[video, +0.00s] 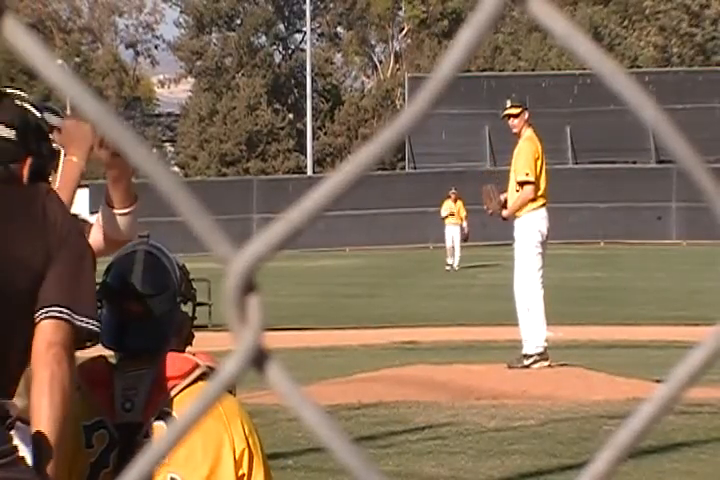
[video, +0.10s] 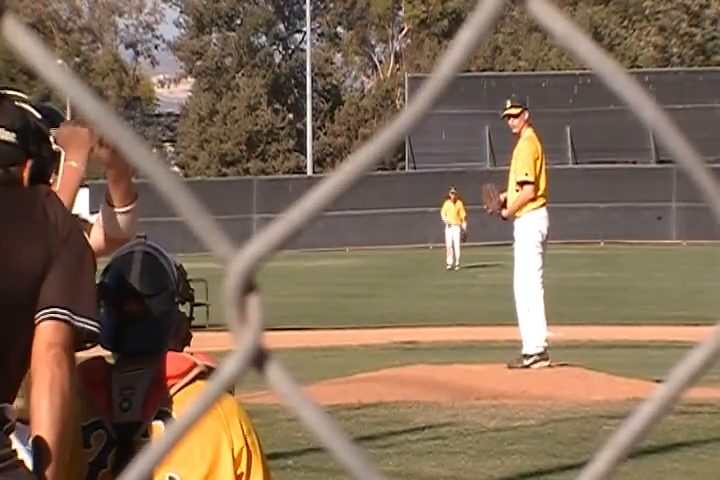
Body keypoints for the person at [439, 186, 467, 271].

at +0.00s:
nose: (453, 196)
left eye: (454, 194)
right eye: (452, 194)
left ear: (456, 195)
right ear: (449, 194)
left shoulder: (459, 203)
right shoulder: (446, 203)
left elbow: (463, 214)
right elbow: (442, 214)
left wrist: (465, 226)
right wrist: (448, 212)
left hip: (457, 224)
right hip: (449, 224)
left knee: (457, 244)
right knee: (449, 244)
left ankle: (456, 263)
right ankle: (449, 261)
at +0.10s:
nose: (453, 195)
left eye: (454, 193)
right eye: (451, 193)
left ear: (456, 195)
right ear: (449, 194)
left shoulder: (459, 203)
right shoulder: (446, 203)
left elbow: (463, 214)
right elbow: (443, 212)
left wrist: (464, 224)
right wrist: (445, 219)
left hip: (456, 224)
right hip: (449, 224)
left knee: (456, 244)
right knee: (448, 244)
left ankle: (457, 262)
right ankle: (449, 262)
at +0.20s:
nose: (452, 196)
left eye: (453, 194)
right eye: (450, 193)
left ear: (455, 195)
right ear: (448, 194)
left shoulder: (458, 203)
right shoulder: (446, 203)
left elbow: (462, 214)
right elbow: (443, 215)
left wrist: (462, 224)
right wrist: (442, 225)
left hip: (456, 225)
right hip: (448, 224)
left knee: (456, 243)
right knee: (448, 244)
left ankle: (457, 261)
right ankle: (448, 262)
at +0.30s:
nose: (450, 196)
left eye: (451, 194)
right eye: (448, 194)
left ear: (454, 195)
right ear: (446, 195)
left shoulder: (457, 204)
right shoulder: (445, 204)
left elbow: (461, 214)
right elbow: (442, 216)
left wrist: (461, 225)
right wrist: (440, 228)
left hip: (456, 225)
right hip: (447, 225)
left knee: (455, 244)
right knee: (447, 245)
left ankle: (456, 262)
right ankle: (447, 263)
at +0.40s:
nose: (448, 196)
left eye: (449, 194)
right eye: (447, 194)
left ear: (452, 195)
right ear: (445, 195)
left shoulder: (455, 204)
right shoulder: (443, 205)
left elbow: (460, 216)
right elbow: (440, 218)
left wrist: (459, 228)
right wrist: (439, 230)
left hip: (455, 226)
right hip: (446, 226)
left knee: (454, 244)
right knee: (446, 245)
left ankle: (456, 262)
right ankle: (447, 263)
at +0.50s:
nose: (445, 196)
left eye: (447, 194)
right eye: (444, 194)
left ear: (449, 195)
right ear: (442, 195)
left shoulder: (454, 203)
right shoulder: (441, 205)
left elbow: (458, 215)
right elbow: (439, 218)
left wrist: (458, 225)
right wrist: (437, 229)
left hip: (453, 225)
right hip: (445, 225)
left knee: (453, 244)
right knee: (445, 245)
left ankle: (456, 262)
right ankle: (447, 263)